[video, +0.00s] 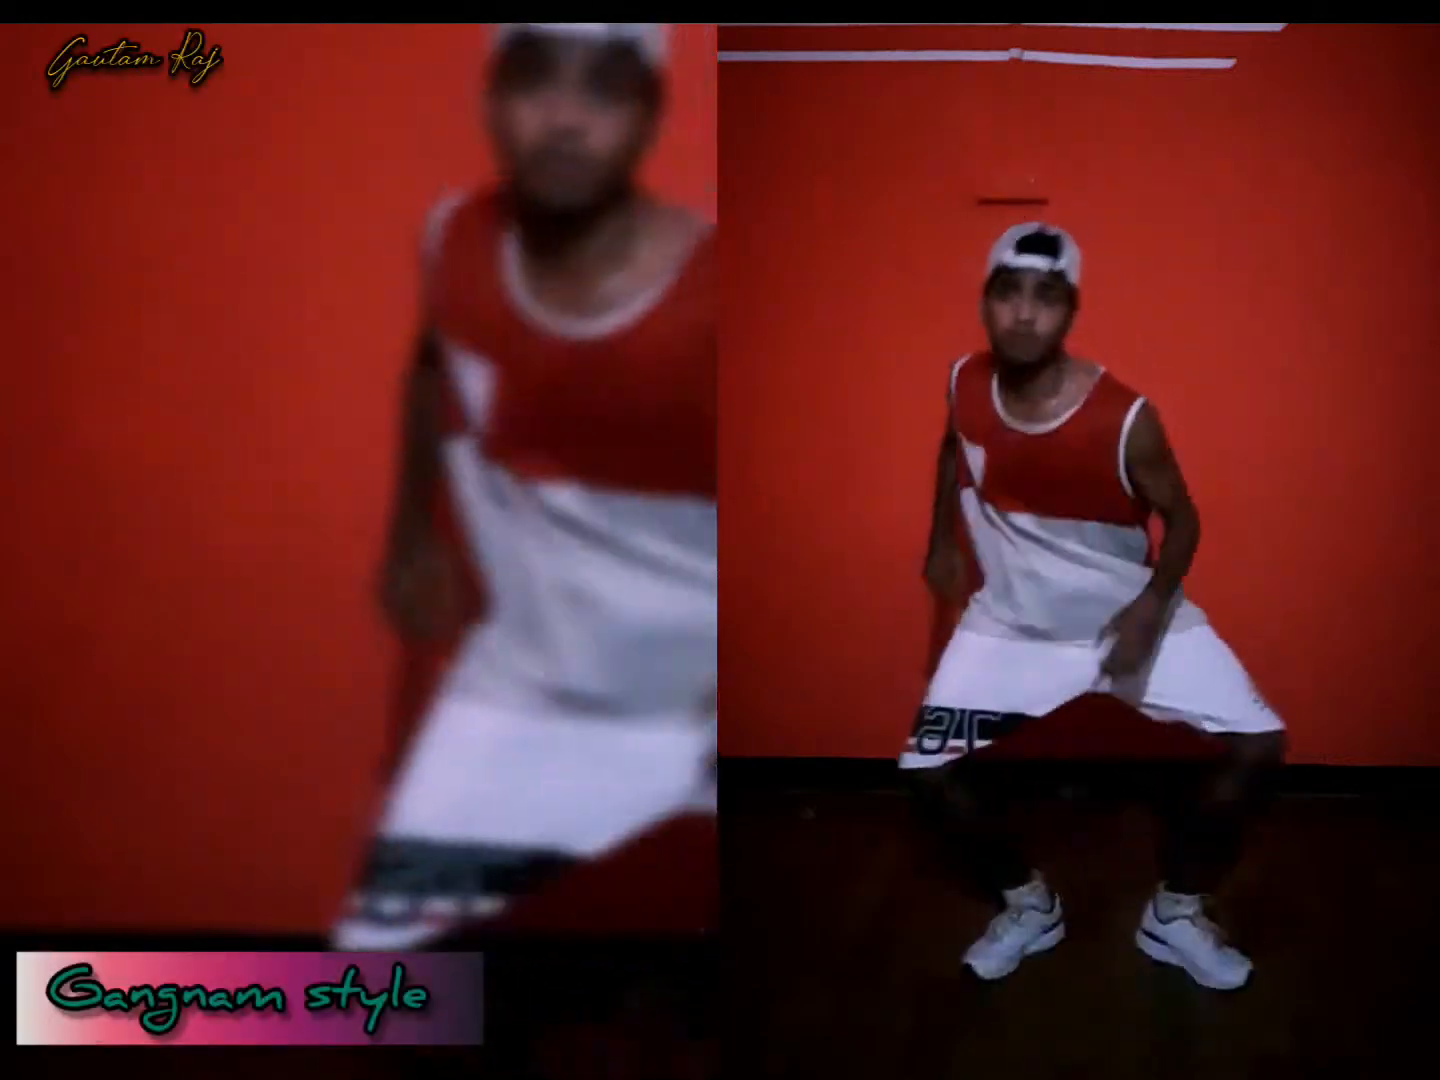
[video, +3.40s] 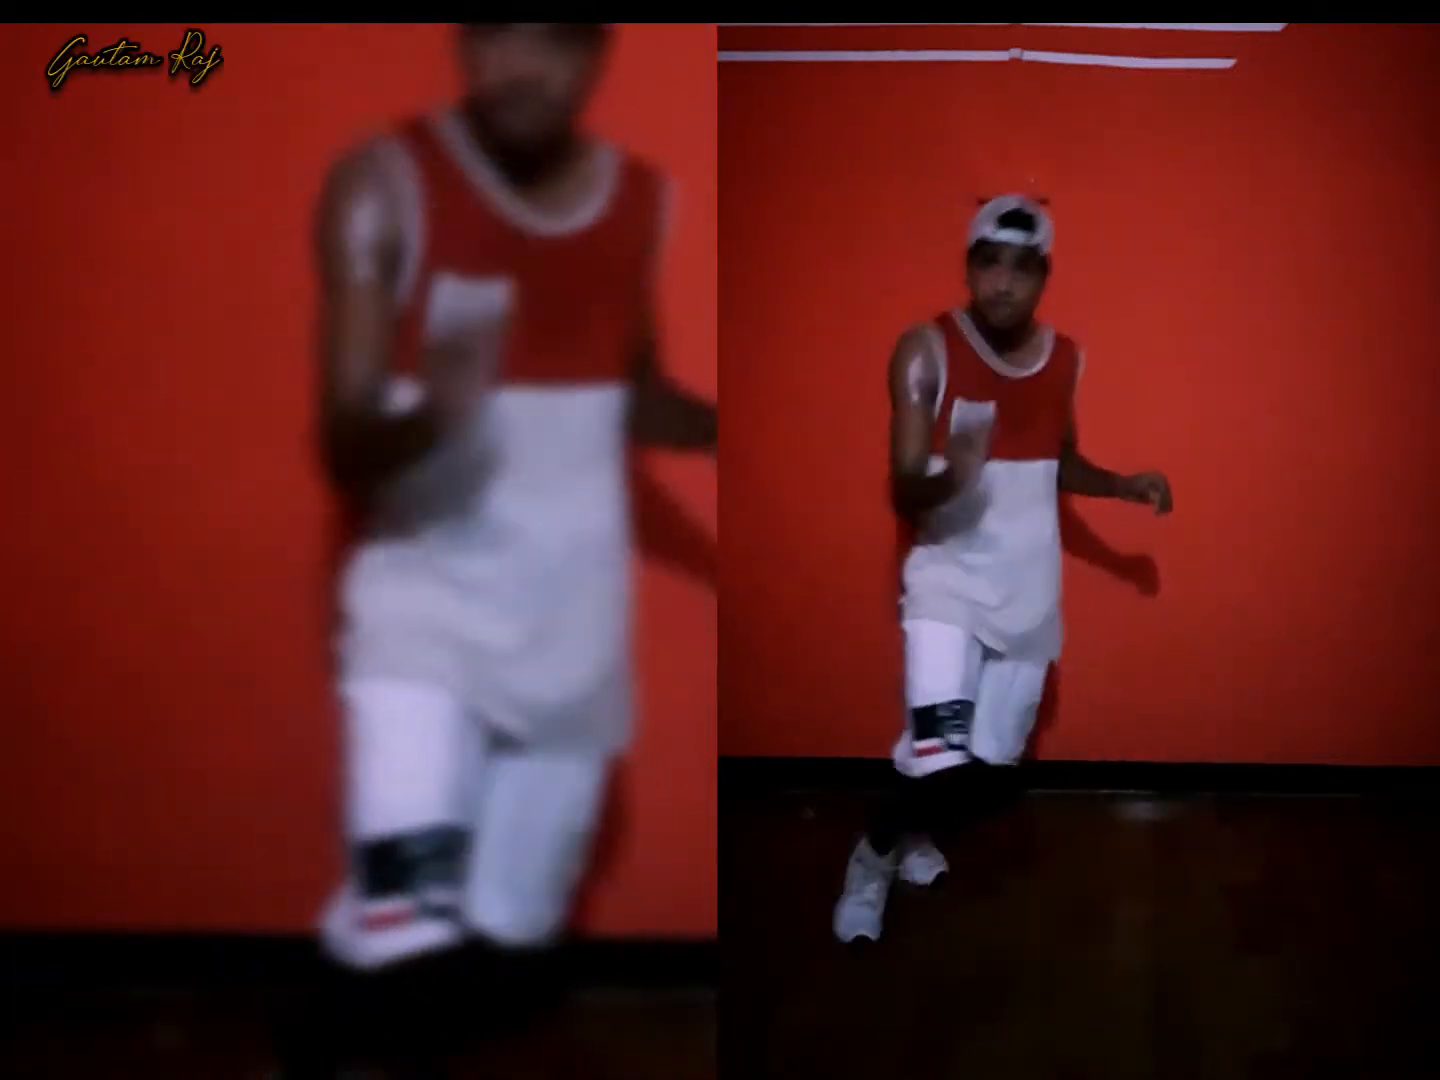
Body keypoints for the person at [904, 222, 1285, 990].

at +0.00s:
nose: (1022, 315)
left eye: (1044, 300)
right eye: (1007, 296)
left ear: (1071, 315)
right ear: (987, 307)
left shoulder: (1125, 419)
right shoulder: (968, 386)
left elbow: (1182, 520)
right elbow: (955, 452)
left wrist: (1150, 615)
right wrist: (943, 542)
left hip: (1128, 622)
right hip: (1009, 623)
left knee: (1255, 742)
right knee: (932, 766)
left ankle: (1175, 912)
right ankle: (1027, 903)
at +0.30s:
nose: (1077, 291)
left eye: (1092, 271)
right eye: (1057, 276)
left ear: (1120, 281)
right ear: (1036, 295)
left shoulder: (1186, 363)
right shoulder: (1017, 404)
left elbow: (1211, 475)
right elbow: (1018, 528)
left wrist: (1225, 598)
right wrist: (1062, 568)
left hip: (1154, 578)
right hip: (1045, 581)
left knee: (1174, 753)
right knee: (1014, 749)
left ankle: (1211, 916)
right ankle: (1003, 900)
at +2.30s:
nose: (1039, 327)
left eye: (1058, 312)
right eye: (1023, 310)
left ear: (1084, 322)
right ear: (1003, 319)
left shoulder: (1145, 406)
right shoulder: (979, 399)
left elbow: (1165, 522)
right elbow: (980, 497)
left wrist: (1121, 571)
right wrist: (975, 578)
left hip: (1143, 587)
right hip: (1025, 589)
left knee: (1247, 721)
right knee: (953, 737)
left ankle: (1190, 888)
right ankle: (1041, 885)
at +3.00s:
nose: (987, 317)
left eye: (1005, 301)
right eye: (973, 300)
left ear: (1034, 309)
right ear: (956, 311)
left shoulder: (1103, 378)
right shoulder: (934, 408)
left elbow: (1154, 433)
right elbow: (897, 487)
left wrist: (1131, 524)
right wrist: (950, 533)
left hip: (1107, 575)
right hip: (1001, 585)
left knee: (1184, 709)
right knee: (974, 740)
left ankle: (1151, 874)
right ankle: (1029, 885)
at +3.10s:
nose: (958, 263)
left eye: (975, 245)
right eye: (943, 246)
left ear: (1006, 250)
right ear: (927, 260)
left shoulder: (1070, 307)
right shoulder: (923, 374)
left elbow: (1104, 412)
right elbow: (918, 512)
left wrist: (1119, 506)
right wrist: (977, 499)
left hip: (1090, 563)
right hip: (993, 578)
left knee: (1136, 713)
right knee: (982, 743)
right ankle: (1030, 883)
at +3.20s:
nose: (949, 269)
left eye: (965, 253)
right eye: (933, 254)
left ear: (990, 259)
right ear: (916, 266)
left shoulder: (1037, 318)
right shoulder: (914, 373)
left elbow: (1060, 420)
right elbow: (963, 516)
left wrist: (1108, 487)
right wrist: (992, 433)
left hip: (1072, 572)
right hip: (986, 579)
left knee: (1050, 742)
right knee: (981, 745)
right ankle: (992, 878)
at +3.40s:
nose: (1002, 284)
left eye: (1020, 269)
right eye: (988, 266)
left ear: (1043, 278)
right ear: (968, 271)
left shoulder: (1060, 357)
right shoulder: (928, 351)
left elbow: (1060, 461)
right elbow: (908, 489)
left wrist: (1122, 484)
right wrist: (950, 475)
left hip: (1028, 590)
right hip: (945, 583)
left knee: (993, 772)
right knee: (940, 761)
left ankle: (917, 835)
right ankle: (870, 862)